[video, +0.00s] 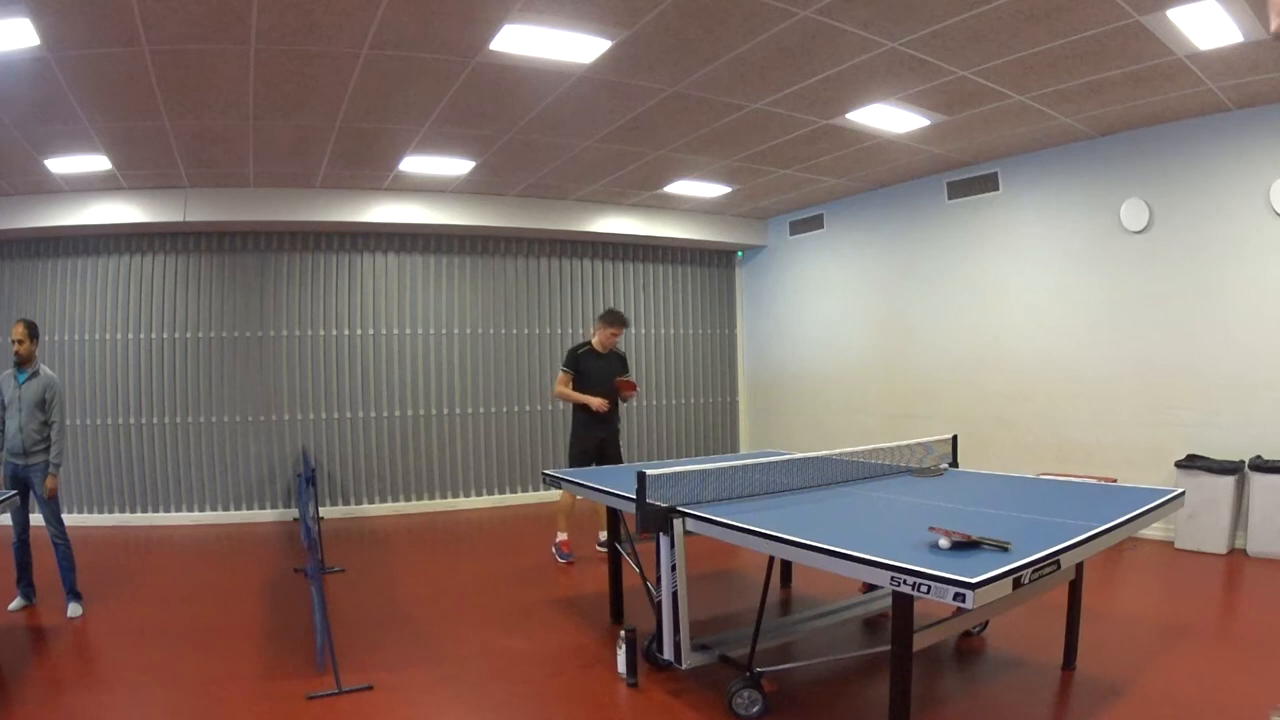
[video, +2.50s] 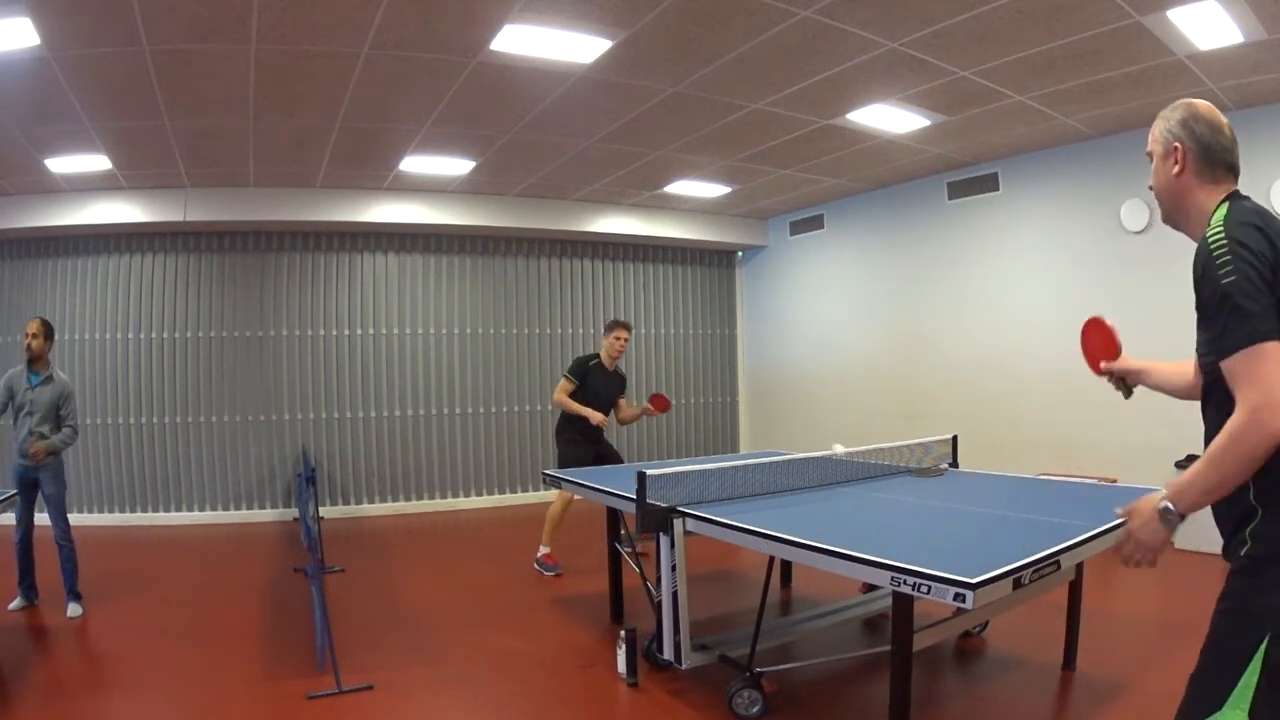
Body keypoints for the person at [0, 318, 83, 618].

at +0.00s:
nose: (15, 347)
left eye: (21, 342)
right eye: (13, 342)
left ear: (35, 344)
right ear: (11, 344)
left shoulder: (49, 381)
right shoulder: (6, 380)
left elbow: (57, 429)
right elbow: (3, 422)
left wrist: (53, 472)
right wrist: (3, 464)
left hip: (40, 466)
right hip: (11, 465)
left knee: (57, 533)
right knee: (19, 534)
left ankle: (73, 596)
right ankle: (26, 593)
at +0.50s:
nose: (15, 346)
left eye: (21, 341)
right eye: (13, 342)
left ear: (35, 344)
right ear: (11, 344)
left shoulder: (48, 380)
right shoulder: (6, 380)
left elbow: (57, 429)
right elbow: (3, 422)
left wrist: (53, 472)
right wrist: (3, 464)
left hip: (40, 466)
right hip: (11, 465)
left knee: (57, 533)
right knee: (19, 534)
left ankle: (73, 596)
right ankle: (26, 593)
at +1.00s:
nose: (14, 347)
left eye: (19, 342)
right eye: (11, 343)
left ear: (34, 344)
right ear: (10, 345)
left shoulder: (48, 380)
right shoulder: (5, 380)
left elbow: (57, 429)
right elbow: (2, 423)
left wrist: (53, 472)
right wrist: (2, 465)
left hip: (40, 465)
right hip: (12, 465)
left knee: (57, 533)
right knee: (19, 534)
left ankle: (73, 596)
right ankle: (26, 593)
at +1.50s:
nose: (15, 352)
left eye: (20, 346)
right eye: (12, 346)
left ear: (34, 346)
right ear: (9, 346)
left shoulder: (49, 381)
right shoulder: (4, 380)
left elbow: (59, 427)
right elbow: (3, 423)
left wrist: (52, 464)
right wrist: (2, 464)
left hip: (41, 465)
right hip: (12, 465)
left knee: (57, 532)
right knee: (19, 534)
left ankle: (73, 596)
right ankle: (25, 593)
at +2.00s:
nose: (26, 350)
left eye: (32, 345)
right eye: (24, 344)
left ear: (46, 347)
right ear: (21, 345)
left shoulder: (61, 383)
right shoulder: (11, 382)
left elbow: (77, 421)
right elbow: (4, 424)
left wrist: (55, 432)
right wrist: (12, 449)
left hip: (54, 464)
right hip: (25, 466)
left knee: (65, 531)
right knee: (24, 532)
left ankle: (74, 596)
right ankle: (26, 593)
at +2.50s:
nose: (28, 341)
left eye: (34, 336)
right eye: (26, 336)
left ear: (49, 343)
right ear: (23, 341)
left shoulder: (61, 386)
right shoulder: (12, 379)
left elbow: (71, 430)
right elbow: (0, 409)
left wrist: (48, 445)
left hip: (50, 465)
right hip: (21, 465)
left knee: (61, 532)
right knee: (22, 531)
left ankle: (73, 597)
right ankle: (27, 594)